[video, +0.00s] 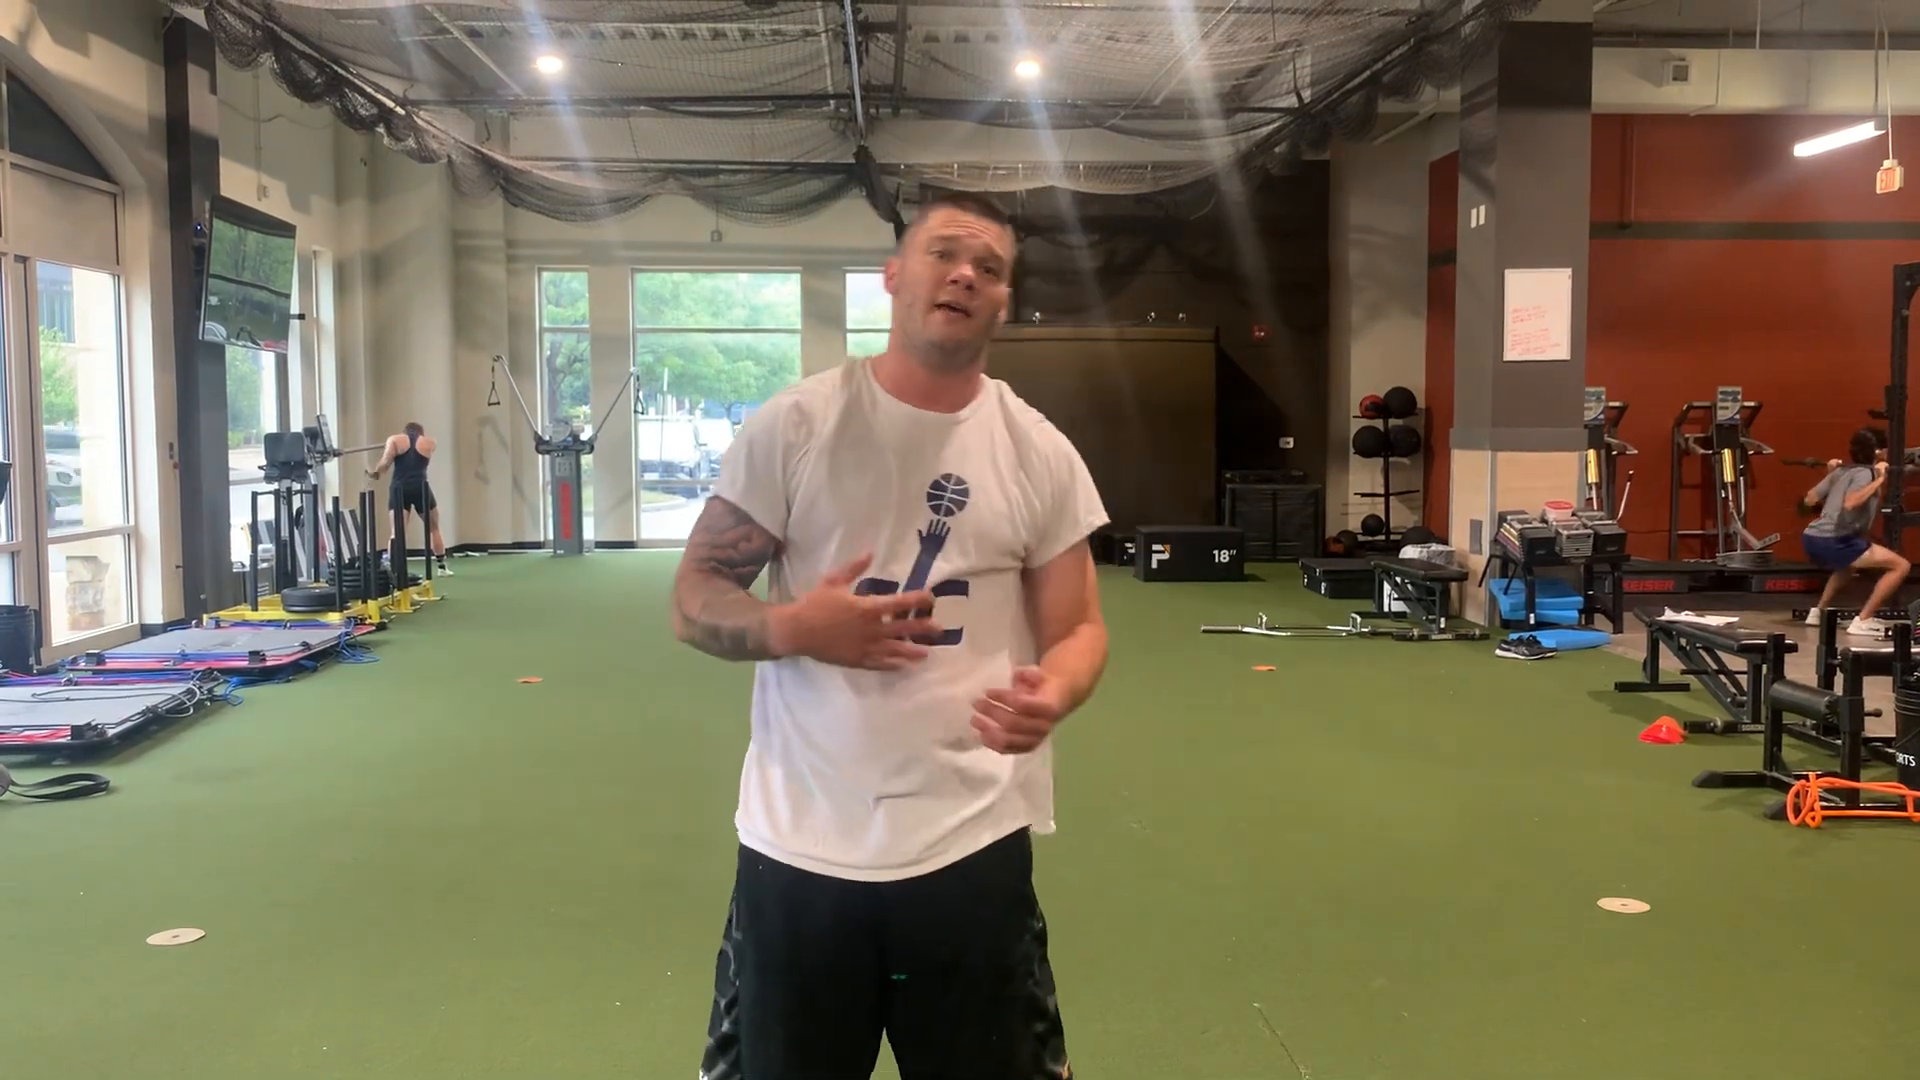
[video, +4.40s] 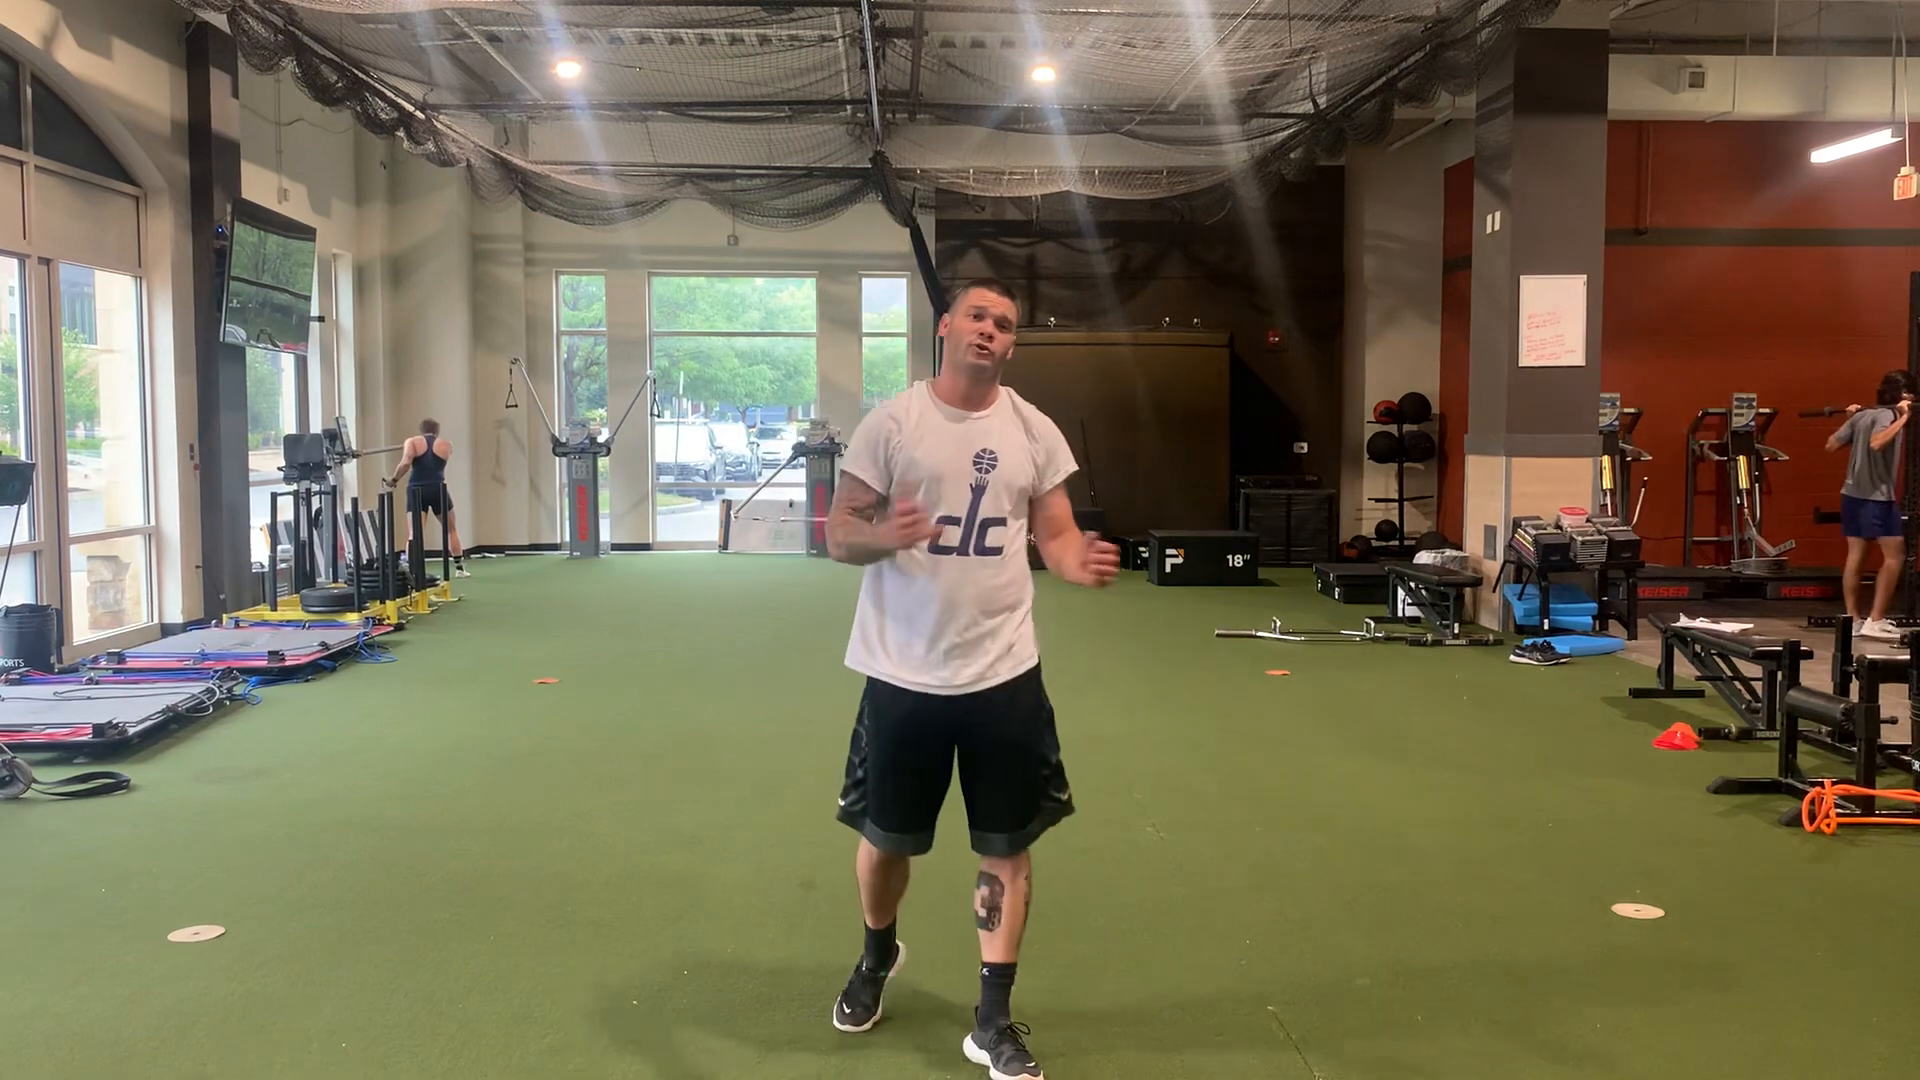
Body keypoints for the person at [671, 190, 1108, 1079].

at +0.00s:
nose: (964, 276)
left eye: (989, 268)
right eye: (943, 253)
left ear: (1005, 306)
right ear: (892, 275)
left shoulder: (1039, 455)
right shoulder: (793, 428)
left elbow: (1078, 630)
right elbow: (697, 597)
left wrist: (1052, 691)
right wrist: (792, 628)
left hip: (972, 850)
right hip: (801, 850)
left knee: (997, 1067)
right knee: (770, 1067)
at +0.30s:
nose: (845, 287)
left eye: (865, 270)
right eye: (819, 273)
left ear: (896, 294)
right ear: (786, 304)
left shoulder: (971, 436)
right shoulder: (737, 455)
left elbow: (1022, 592)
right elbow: (698, 633)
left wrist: (970, 647)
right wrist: (717, 729)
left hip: (937, 828)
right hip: (779, 832)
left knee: (944, 1063)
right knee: (772, 1063)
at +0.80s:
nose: (821, 293)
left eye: (834, 273)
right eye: (794, 283)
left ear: (866, 293)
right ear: (766, 316)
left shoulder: (953, 424)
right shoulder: (735, 451)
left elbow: (1010, 569)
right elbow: (686, 622)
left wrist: (1061, 600)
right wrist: (810, 633)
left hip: (930, 787)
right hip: (788, 796)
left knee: (940, 1049)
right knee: (788, 1049)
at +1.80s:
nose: (855, 322)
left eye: (872, 317)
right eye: (840, 305)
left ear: (884, 343)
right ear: (802, 317)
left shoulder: (913, 445)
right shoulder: (736, 437)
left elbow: (945, 564)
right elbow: (683, 585)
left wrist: (923, 611)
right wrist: (746, 531)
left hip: (883, 728)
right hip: (762, 731)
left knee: (895, 946)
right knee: (755, 941)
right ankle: (760, 1068)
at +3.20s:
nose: (909, 341)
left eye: (923, 335)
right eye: (898, 325)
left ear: (934, 356)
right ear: (866, 334)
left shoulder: (948, 441)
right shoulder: (804, 427)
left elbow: (966, 554)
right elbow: (755, 535)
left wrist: (984, 660)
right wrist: (836, 542)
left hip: (913, 672)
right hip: (819, 674)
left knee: (905, 840)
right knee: (834, 838)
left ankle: (881, 1015)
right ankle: (861, 964)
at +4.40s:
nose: (990, 332)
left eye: (1004, 325)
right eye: (978, 316)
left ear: (1013, 347)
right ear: (942, 326)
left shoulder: (1033, 432)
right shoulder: (888, 424)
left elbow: (1057, 536)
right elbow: (839, 537)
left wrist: (1076, 558)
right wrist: (885, 535)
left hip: (1002, 676)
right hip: (900, 675)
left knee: (1005, 847)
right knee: (885, 840)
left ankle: (992, 1020)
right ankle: (877, 954)